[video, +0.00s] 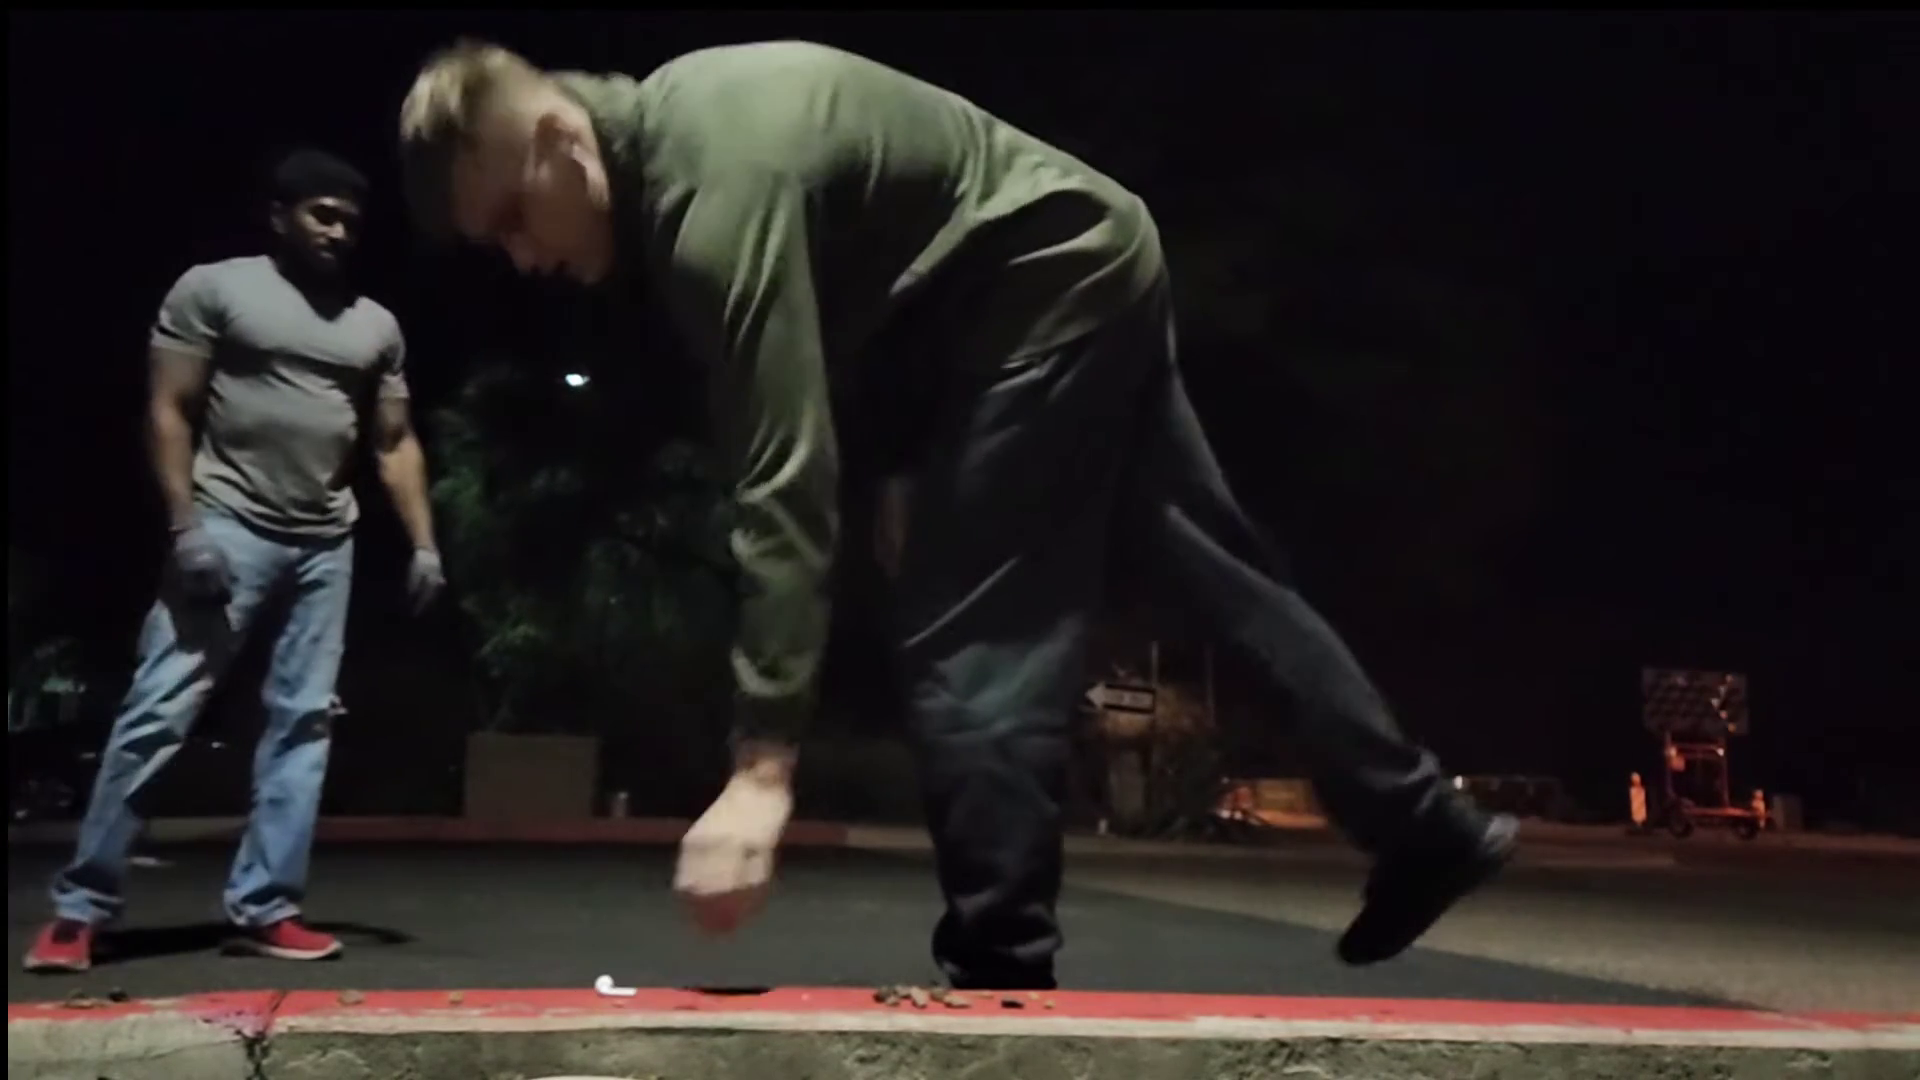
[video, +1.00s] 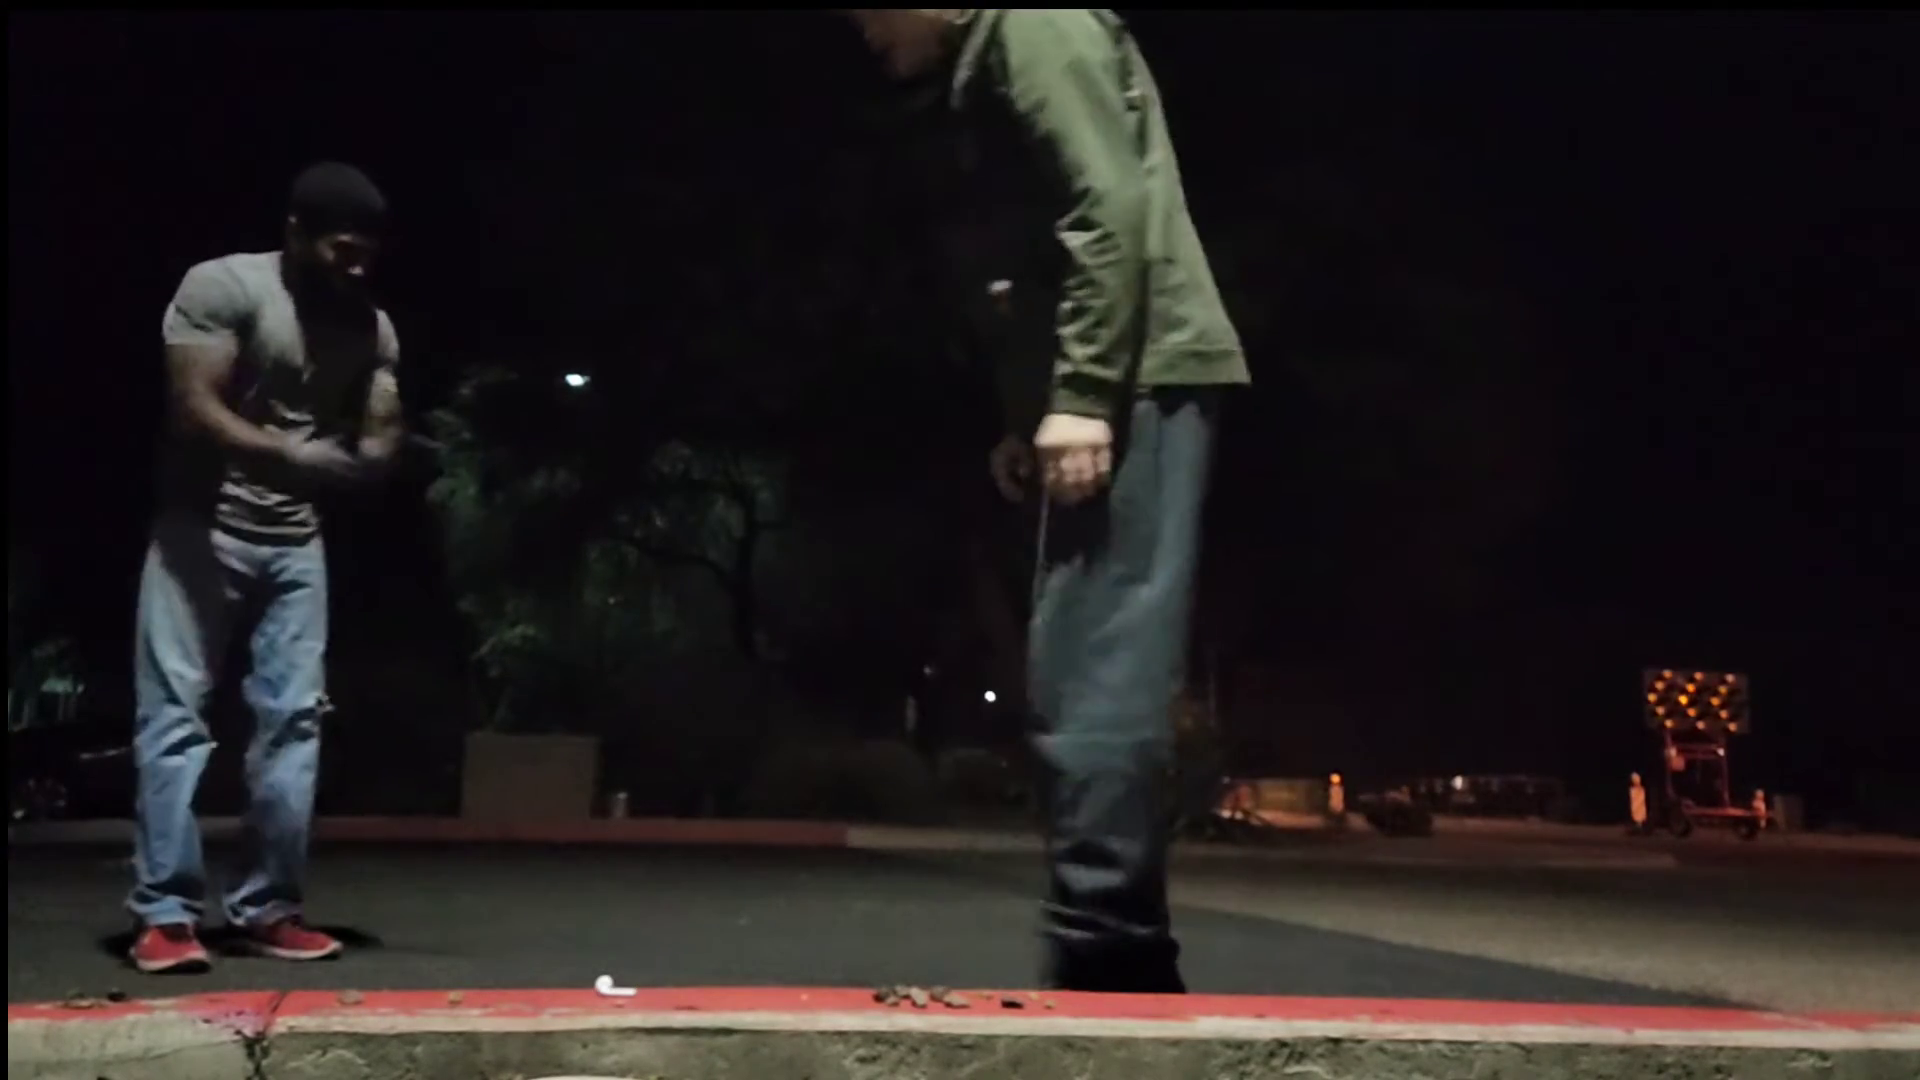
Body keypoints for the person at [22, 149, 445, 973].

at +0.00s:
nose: (338, 235)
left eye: (350, 223)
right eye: (324, 218)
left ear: (361, 232)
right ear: (280, 216)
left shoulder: (375, 329)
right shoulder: (213, 291)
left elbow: (396, 441)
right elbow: (170, 408)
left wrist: (423, 540)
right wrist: (186, 523)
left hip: (326, 544)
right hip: (227, 528)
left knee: (306, 717)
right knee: (160, 712)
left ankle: (265, 906)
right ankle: (83, 907)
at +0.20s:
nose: (363, 243)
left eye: (375, 232)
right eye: (350, 226)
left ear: (382, 240)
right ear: (306, 221)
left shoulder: (393, 337)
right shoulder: (235, 294)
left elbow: (408, 447)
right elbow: (183, 405)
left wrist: (428, 550)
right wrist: (184, 516)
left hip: (335, 546)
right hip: (238, 530)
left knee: (312, 717)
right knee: (172, 708)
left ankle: (264, 907)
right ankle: (92, 906)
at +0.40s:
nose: (377, 249)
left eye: (389, 238)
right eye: (363, 231)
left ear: (399, 247)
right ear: (322, 226)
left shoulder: (400, 345)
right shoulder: (247, 296)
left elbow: (407, 455)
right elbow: (189, 403)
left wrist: (419, 554)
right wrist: (182, 511)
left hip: (337, 549)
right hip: (240, 529)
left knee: (312, 718)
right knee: (180, 707)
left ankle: (264, 907)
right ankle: (105, 904)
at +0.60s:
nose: (375, 243)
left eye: (388, 234)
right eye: (363, 226)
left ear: (397, 246)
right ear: (322, 222)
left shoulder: (397, 345)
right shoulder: (245, 293)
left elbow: (418, 450)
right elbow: (179, 391)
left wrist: (467, 530)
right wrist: (157, 467)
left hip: (331, 546)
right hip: (234, 524)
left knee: (308, 717)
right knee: (187, 711)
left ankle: (264, 905)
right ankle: (149, 906)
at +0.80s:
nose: (361, 250)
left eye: (373, 238)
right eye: (347, 232)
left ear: (384, 243)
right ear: (304, 224)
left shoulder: (384, 333)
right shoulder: (231, 288)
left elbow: (382, 440)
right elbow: (201, 400)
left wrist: (449, 492)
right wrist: (264, 450)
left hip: (322, 544)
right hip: (229, 533)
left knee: (301, 717)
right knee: (195, 712)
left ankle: (269, 907)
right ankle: (167, 913)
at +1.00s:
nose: (356, 270)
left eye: (368, 255)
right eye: (341, 251)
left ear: (378, 251)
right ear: (298, 234)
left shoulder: (372, 327)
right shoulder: (220, 288)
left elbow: (380, 443)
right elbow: (195, 407)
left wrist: (346, 450)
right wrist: (290, 451)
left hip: (296, 551)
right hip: (201, 542)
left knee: (293, 715)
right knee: (178, 715)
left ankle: (267, 908)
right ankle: (164, 913)